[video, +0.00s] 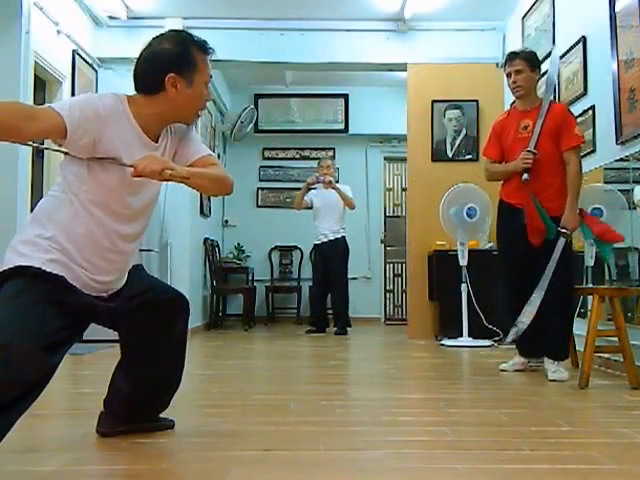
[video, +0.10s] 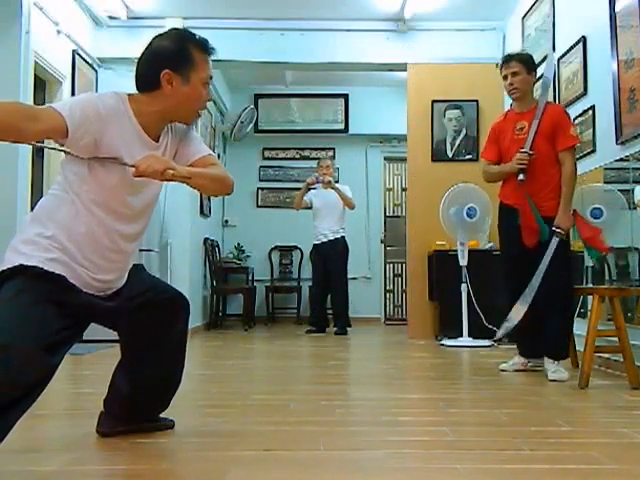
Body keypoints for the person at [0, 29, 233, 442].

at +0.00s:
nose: (208, 96)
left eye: (209, 85)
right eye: (204, 84)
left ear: (174, 86)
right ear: (173, 85)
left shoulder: (179, 135)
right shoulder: (100, 112)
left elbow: (224, 183)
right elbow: (30, 121)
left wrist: (178, 174)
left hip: (114, 275)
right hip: (47, 268)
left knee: (168, 309)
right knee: (15, 366)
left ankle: (127, 415)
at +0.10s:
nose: (208, 96)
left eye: (209, 86)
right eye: (204, 84)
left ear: (172, 84)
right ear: (169, 83)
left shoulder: (180, 136)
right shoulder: (103, 111)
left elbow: (224, 183)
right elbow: (32, 121)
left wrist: (181, 174)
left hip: (114, 275)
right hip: (47, 268)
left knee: (168, 309)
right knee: (15, 365)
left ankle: (127, 415)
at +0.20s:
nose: (205, 97)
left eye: (208, 86)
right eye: (200, 83)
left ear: (168, 78)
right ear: (162, 73)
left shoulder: (180, 132)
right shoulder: (102, 107)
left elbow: (225, 182)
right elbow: (34, 119)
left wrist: (180, 172)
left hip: (114, 273)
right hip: (46, 264)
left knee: (166, 308)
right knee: (15, 362)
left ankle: (127, 415)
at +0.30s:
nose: (196, 91)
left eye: (203, 82)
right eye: (190, 76)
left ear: (206, 81)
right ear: (152, 61)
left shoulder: (179, 123)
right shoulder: (96, 99)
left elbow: (222, 179)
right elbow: (27, 111)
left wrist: (178, 167)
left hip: (112, 266)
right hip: (42, 256)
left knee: (162, 308)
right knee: (16, 357)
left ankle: (127, 416)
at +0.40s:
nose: (187, 78)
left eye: (196, 68)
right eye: (178, 62)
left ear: (200, 67)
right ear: (143, 48)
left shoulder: (174, 112)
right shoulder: (88, 85)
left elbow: (216, 173)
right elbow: (11, 98)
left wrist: (166, 157)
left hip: (102, 260)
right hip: (33, 247)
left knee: (158, 306)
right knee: (21, 343)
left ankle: (125, 416)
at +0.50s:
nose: (170, 58)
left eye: (180, 47)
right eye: (159, 41)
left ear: (186, 47)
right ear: (125, 26)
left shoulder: (160, 96)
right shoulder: (69, 66)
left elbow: (204, 161)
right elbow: (3, 76)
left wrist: (145, 139)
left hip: (90, 251)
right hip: (21, 235)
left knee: (147, 306)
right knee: (18, 325)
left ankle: (123, 417)